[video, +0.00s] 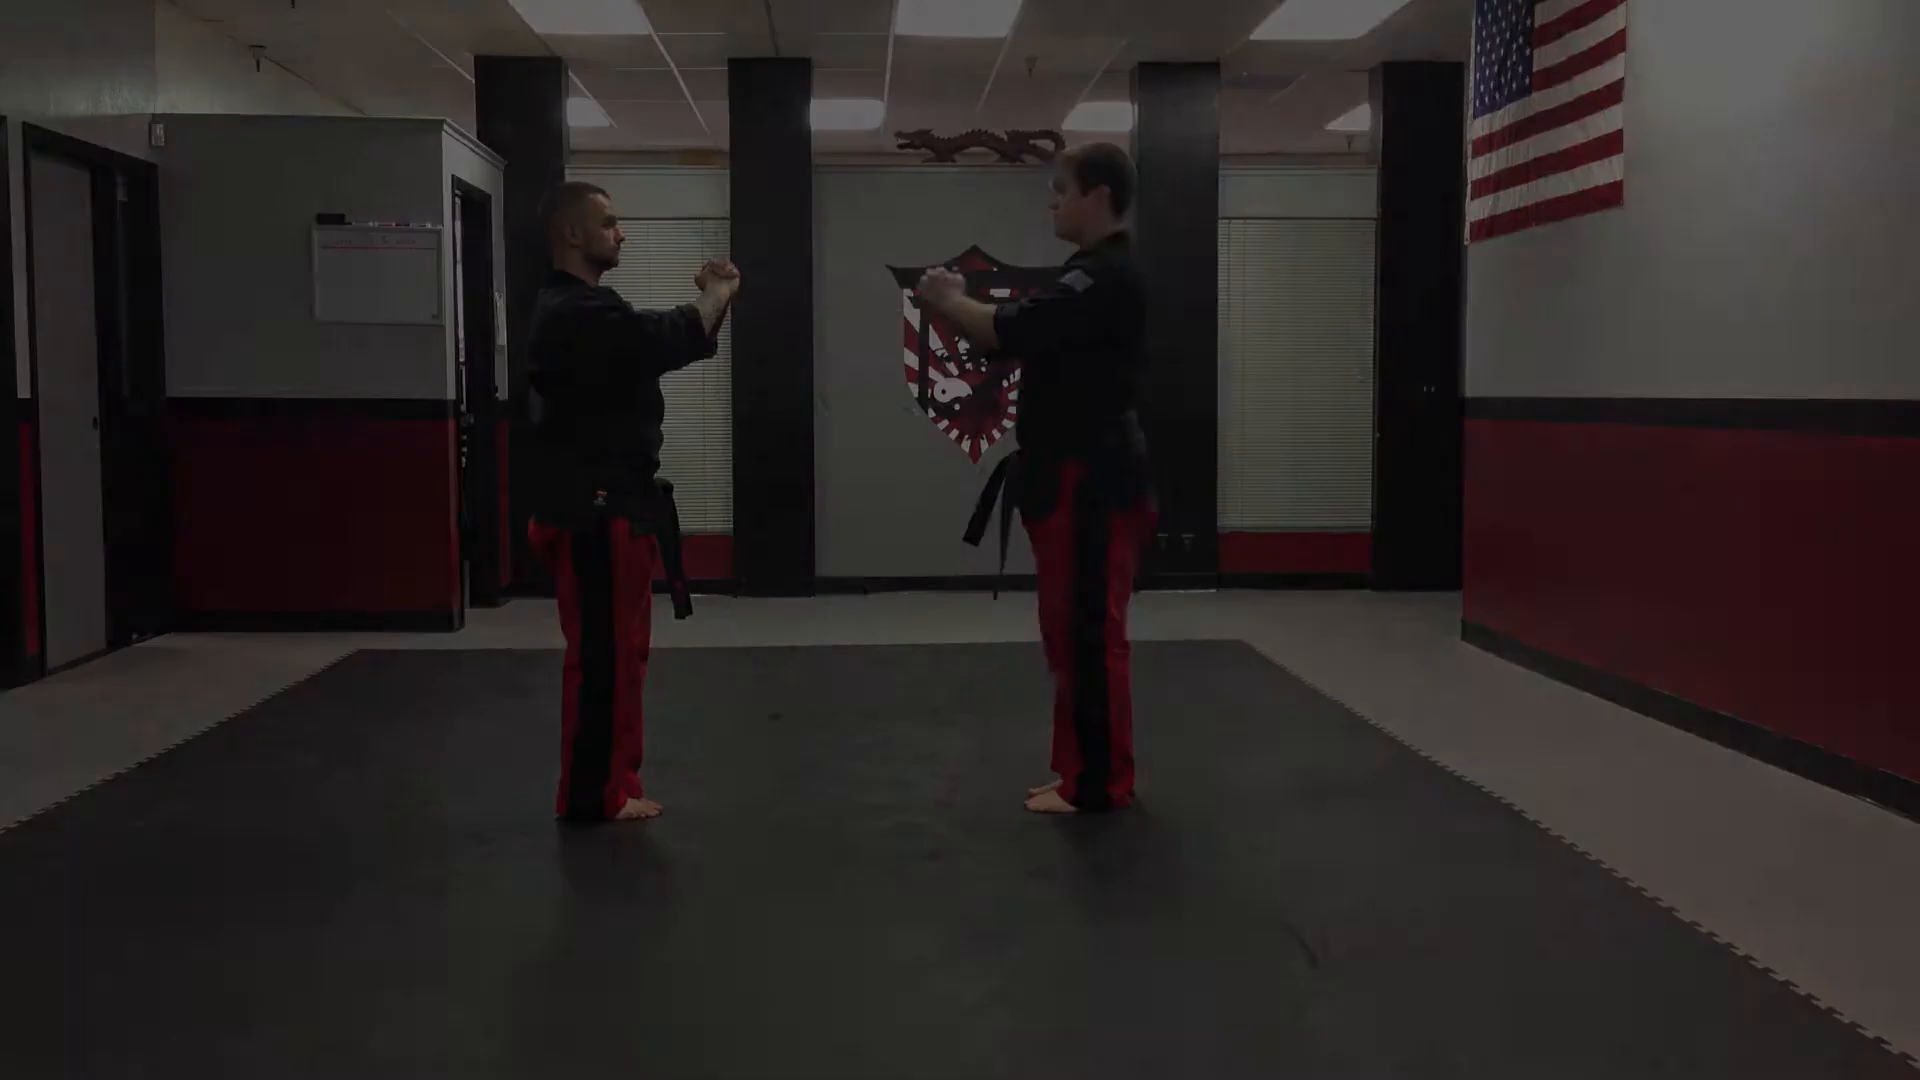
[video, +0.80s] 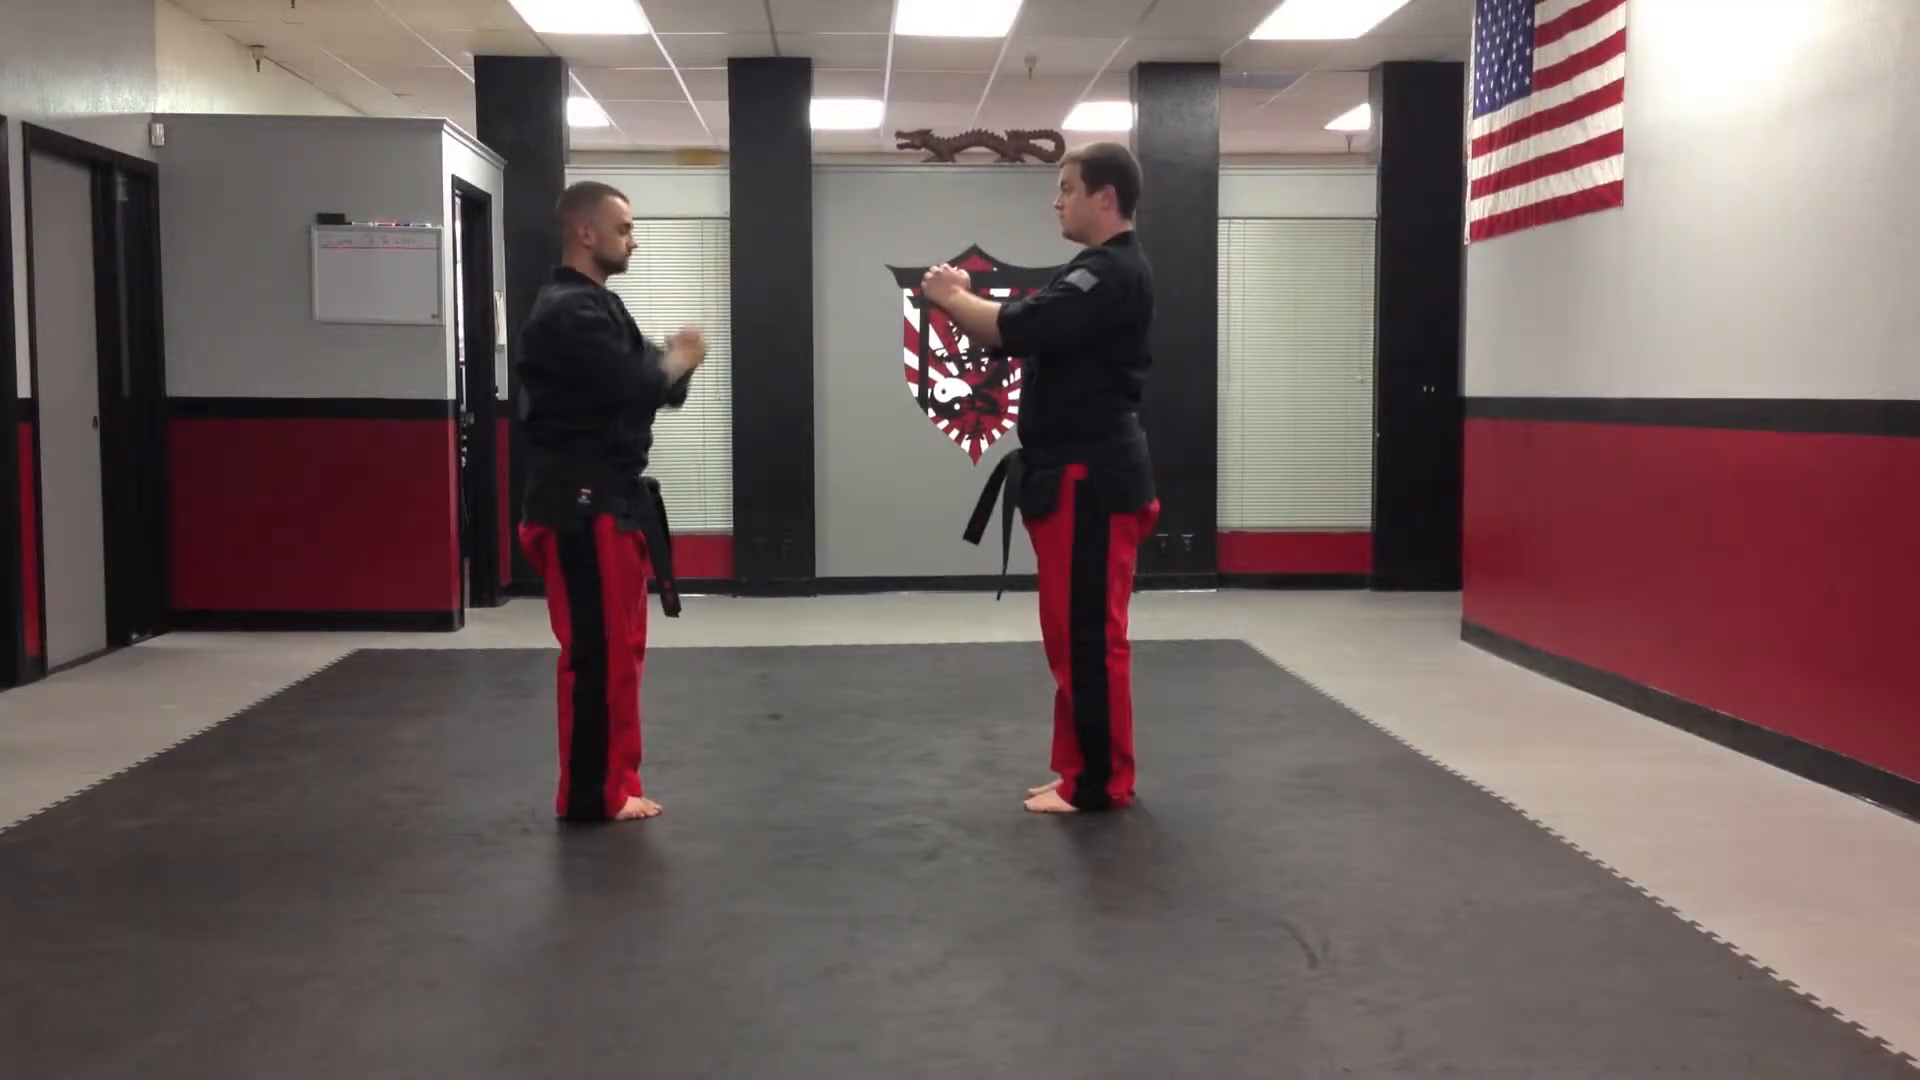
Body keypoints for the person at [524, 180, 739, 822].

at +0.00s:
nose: (620, 234)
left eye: (617, 223)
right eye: (608, 224)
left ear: (578, 237)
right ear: (572, 235)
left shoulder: (579, 305)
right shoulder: (578, 310)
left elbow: (666, 346)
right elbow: (653, 345)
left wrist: (709, 308)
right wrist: (711, 304)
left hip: (606, 503)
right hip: (596, 506)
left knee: (612, 651)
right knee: (609, 654)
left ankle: (608, 790)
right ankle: (599, 795)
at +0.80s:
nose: (632, 239)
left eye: (632, 229)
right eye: (622, 229)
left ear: (586, 237)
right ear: (583, 233)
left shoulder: (598, 305)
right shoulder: (568, 309)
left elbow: (643, 386)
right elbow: (622, 386)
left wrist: (673, 364)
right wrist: (674, 362)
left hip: (608, 502)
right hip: (578, 506)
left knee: (620, 649)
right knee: (597, 651)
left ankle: (614, 785)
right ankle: (592, 795)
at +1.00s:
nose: (652, 258)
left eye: (653, 247)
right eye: (644, 245)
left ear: (611, 243)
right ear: (606, 240)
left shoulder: (604, 311)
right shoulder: (558, 312)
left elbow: (579, 403)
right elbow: (550, 409)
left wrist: (624, 405)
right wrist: (615, 406)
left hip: (604, 496)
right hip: (561, 500)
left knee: (619, 639)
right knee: (573, 642)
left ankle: (603, 783)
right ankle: (520, 778)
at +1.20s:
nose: (631, 265)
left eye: (633, 253)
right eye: (626, 251)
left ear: (588, 247)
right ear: (586, 244)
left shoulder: (583, 314)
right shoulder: (537, 315)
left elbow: (571, 402)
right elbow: (533, 413)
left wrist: (603, 398)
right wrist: (600, 407)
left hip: (586, 507)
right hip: (538, 510)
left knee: (604, 650)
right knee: (508, 651)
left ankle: (601, 785)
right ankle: (424, 769)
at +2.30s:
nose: (586, 263)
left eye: (585, 252)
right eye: (577, 252)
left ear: (543, 259)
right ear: (538, 257)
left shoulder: (565, 333)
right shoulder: (496, 334)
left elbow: (646, 377)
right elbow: (552, 396)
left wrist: (686, 338)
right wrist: (585, 338)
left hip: (565, 521)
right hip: (499, 525)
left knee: (614, 644)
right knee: (464, 663)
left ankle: (637, 769)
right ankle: (410, 793)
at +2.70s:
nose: (633, 268)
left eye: (632, 257)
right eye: (623, 257)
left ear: (590, 265)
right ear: (583, 263)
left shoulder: (610, 335)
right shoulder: (549, 339)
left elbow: (686, 384)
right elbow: (609, 403)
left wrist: (730, 347)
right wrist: (636, 340)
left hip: (618, 519)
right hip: (558, 524)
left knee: (664, 640)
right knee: (525, 657)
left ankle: (647, 769)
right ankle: (436, 781)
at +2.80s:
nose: (656, 263)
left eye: (655, 252)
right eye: (646, 253)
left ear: (619, 259)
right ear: (609, 258)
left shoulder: (636, 331)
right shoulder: (582, 336)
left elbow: (692, 390)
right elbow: (643, 399)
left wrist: (736, 353)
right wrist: (667, 336)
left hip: (644, 511)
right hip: (592, 518)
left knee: (673, 641)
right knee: (615, 641)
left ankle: (646, 769)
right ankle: (506, 761)